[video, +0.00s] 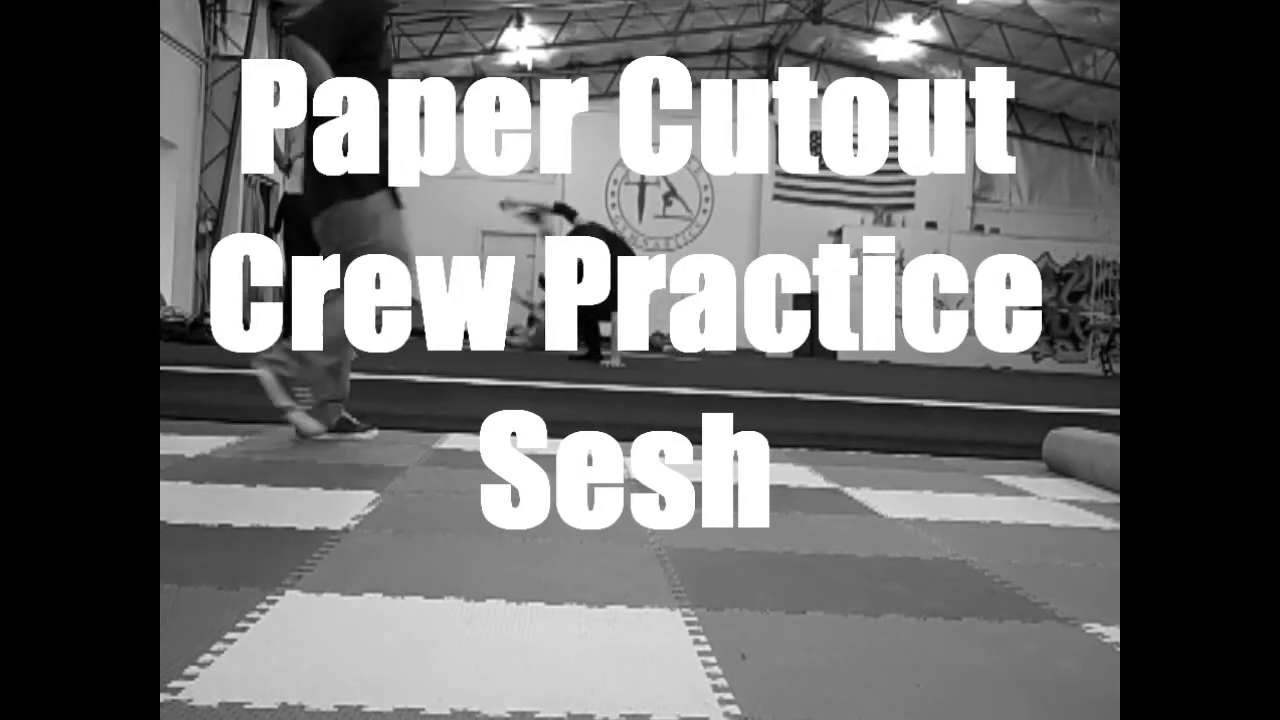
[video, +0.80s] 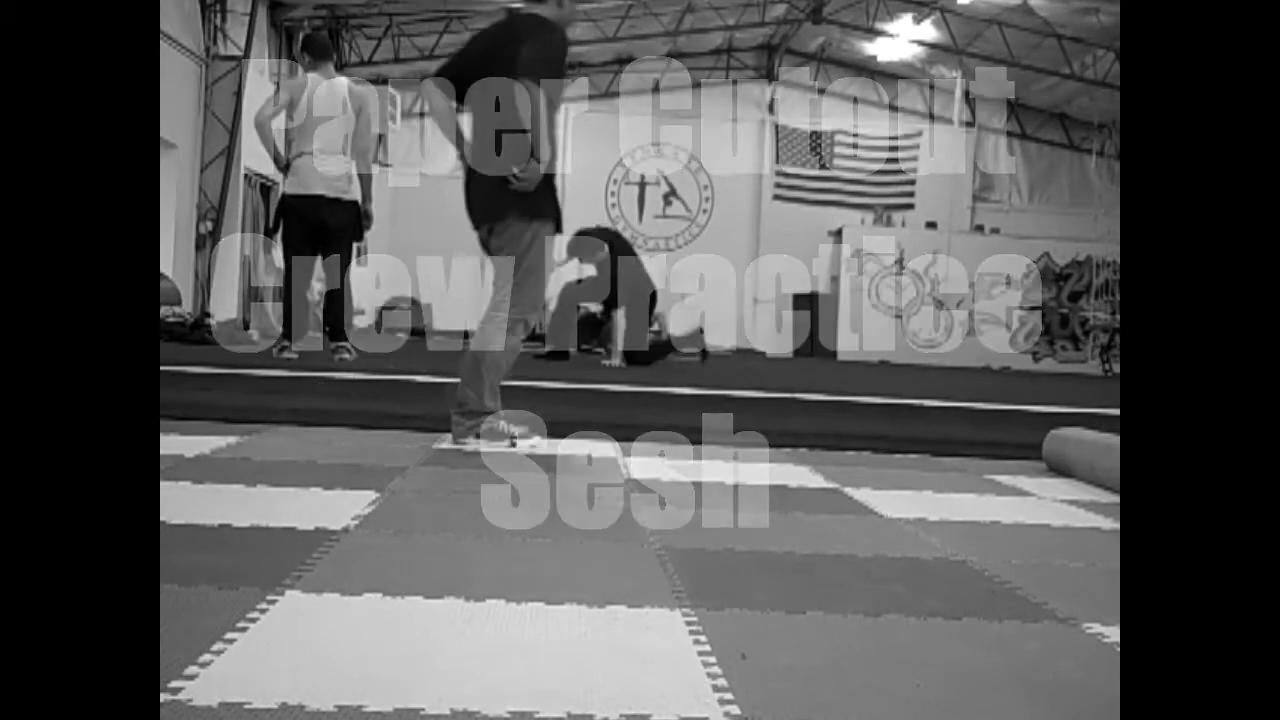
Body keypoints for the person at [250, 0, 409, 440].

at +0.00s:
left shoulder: (372, 20)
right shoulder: (360, 7)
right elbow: (300, 42)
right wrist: (334, 108)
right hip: (349, 177)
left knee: (350, 290)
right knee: (388, 284)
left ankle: (328, 407)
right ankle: (288, 366)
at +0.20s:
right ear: (414, 0)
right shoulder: (397, 12)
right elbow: (336, 39)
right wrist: (372, 105)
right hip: (388, 180)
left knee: (353, 298)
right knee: (416, 294)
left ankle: (323, 406)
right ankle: (410, 405)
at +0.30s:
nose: (454, 10)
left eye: (453, 8)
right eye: (450, 6)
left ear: (408, 3)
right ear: (434, 1)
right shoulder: (414, 22)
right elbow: (364, 52)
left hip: (378, 188)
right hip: (408, 188)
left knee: (357, 301)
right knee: (440, 302)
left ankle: (321, 405)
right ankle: (463, 414)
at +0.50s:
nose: (511, 21)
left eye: (513, 17)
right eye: (508, 14)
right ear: (489, 9)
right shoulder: (467, 39)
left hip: (422, 200)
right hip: (468, 199)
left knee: (405, 308)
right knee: (484, 310)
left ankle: (345, 384)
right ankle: (474, 420)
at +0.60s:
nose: (540, 17)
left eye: (542, 10)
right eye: (539, 8)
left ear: (497, 2)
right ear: (520, 4)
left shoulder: (458, 34)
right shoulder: (495, 36)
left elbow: (409, 87)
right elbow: (493, 106)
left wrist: (434, 151)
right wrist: (496, 166)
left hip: (449, 203)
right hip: (494, 205)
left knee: (457, 305)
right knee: (501, 311)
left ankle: (379, 367)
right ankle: (475, 418)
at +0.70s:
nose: (555, 15)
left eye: (555, 11)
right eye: (553, 9)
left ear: (506, 4)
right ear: (538, 4)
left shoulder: (476, 34)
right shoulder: (524, 35)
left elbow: (424, 84)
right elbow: (514, 105)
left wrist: (446, 148)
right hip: (506, 195)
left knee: (512, 308)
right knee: (502, 306)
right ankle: (474, 421)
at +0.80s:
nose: (574, 20)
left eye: (574, 14)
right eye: (573, 12)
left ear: (529, 4)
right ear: (558, 4)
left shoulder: (494, 35)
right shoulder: (548, 33)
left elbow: (437, 88)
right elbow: (543, 89)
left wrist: (464, 147)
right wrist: (543, 157)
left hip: (489, 180)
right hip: (522, 182)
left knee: (521, 307)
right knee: (505, 306)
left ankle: (479, 411)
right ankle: (471, 419)